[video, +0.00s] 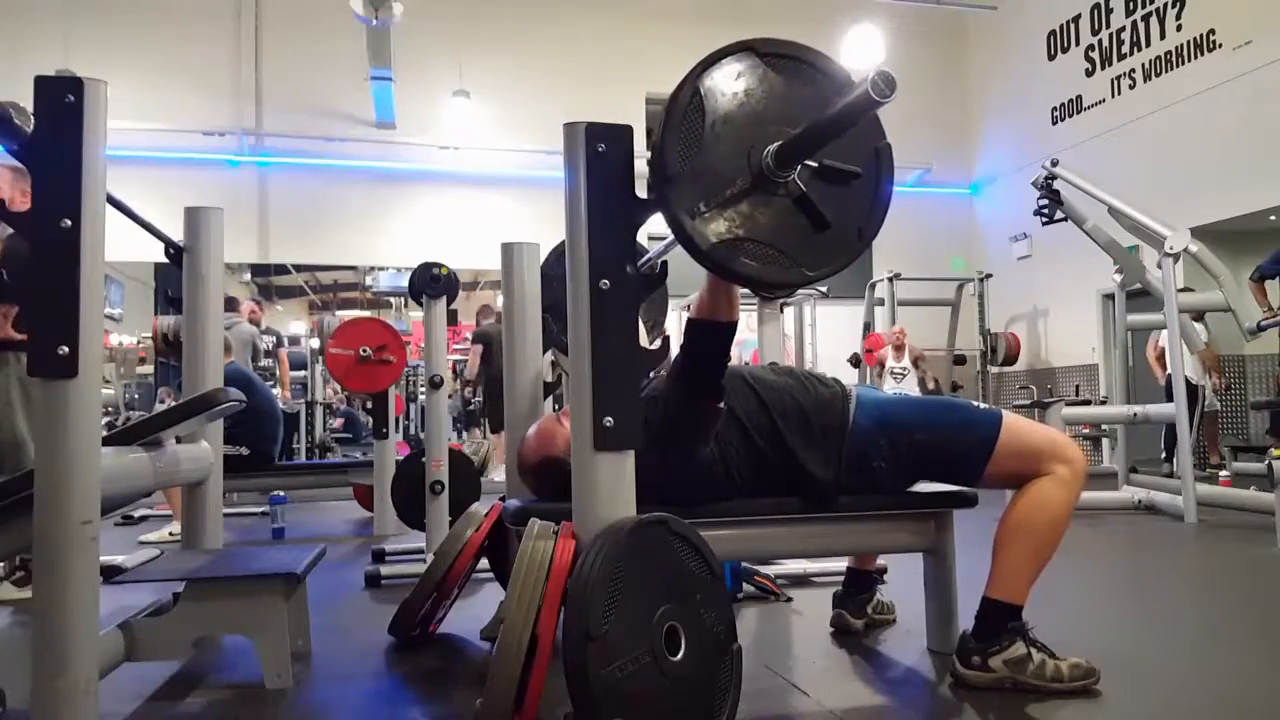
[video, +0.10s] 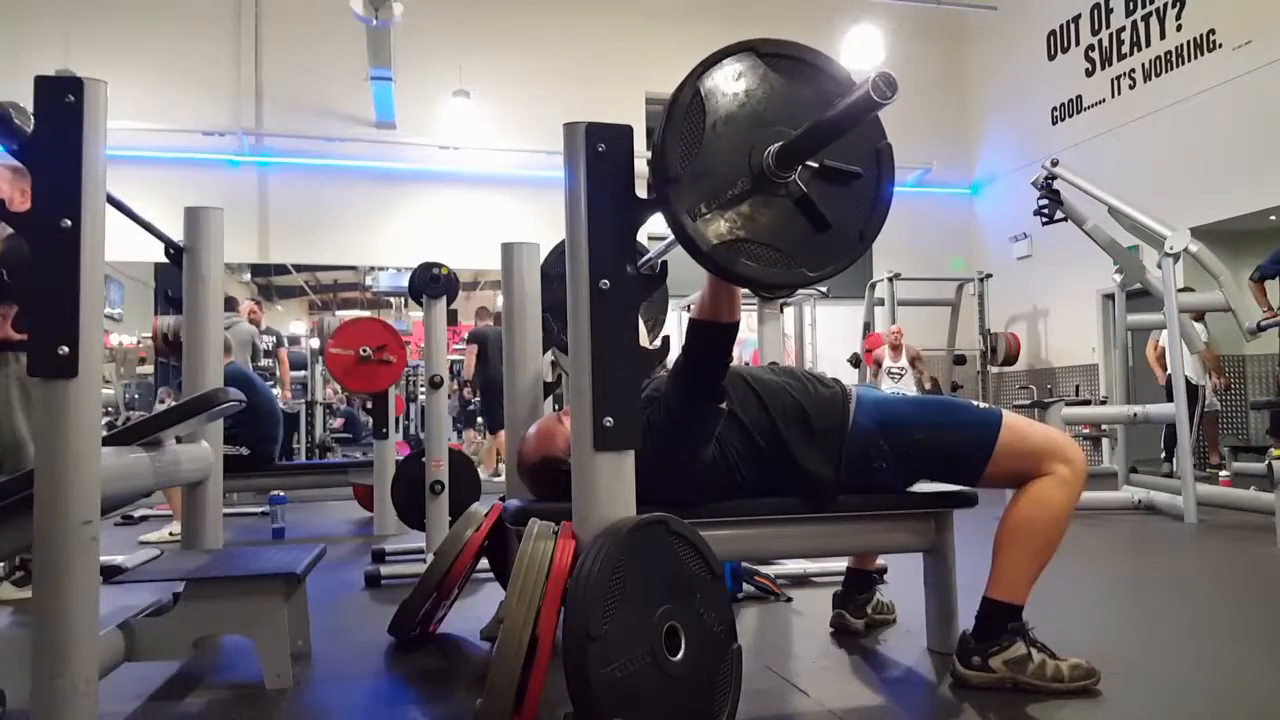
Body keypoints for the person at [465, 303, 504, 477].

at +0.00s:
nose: (477, 323)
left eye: (477, 320)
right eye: (478, 320)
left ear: (479, 318)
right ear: (494, 315)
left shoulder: (480, 333)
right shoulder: (504, 329)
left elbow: (474, 362)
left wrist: (469, 378)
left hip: (493, 382)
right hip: (510, 379)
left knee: (496, 428)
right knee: (510, 424)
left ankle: (499, 466)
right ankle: (510, 465)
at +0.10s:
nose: (476, 323)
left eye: (476, 321)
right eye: (478, 321)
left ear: (477, 319)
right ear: (492, 318)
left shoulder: (476, 333)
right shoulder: (502, 332)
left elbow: (471, 357)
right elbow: (507, 356)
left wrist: (467, 380)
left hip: (488, 382)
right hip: (504, 379)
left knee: (497, 428)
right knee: (492, 427)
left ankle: (508, 464)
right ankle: (490, 466)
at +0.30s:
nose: (468, 326)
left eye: (468, 324)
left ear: (470, 322)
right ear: (485, 322)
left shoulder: (469, 335)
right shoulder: (494, 338)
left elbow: (462, 358)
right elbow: (498, 363)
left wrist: (457, 381)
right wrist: (497, 382)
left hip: (476, 384)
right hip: (494, 384)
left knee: (484, 428)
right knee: (487, 427)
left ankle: (502, 465)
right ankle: (483, 465)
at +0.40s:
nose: (464, 325)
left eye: (465, 322)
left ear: (465, 322)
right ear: (479, 322)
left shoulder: (464, 334)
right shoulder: (490, 340)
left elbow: (455, 359)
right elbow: (494, 365)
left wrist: (451, 377)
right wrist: (491, 380)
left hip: (470, 382)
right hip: (489, 383)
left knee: (465, 426)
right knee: (480, 427)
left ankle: (493, 455)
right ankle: (474, 465)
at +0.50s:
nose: (456, 324)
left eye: (457, 321)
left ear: (459, 321)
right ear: (473, 322)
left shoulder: (458, 335)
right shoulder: (487, 341)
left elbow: (450, 362)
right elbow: (491, 368)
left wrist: (443, 379)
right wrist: (490, 384)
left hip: (462, 383)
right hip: (484, 385)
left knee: (454, 425)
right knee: (479, 428)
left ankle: (476, 455)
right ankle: (479, 462)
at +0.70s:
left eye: (443, 325)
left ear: (445, 325)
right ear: (457, 324)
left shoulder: (445, 340)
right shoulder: (472, 341)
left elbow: (441, 365)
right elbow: (479, 367)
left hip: (454, 387)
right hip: (476, 386)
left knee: (455, 431)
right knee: (475, 432)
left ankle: (455, 472)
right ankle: (472, 472)